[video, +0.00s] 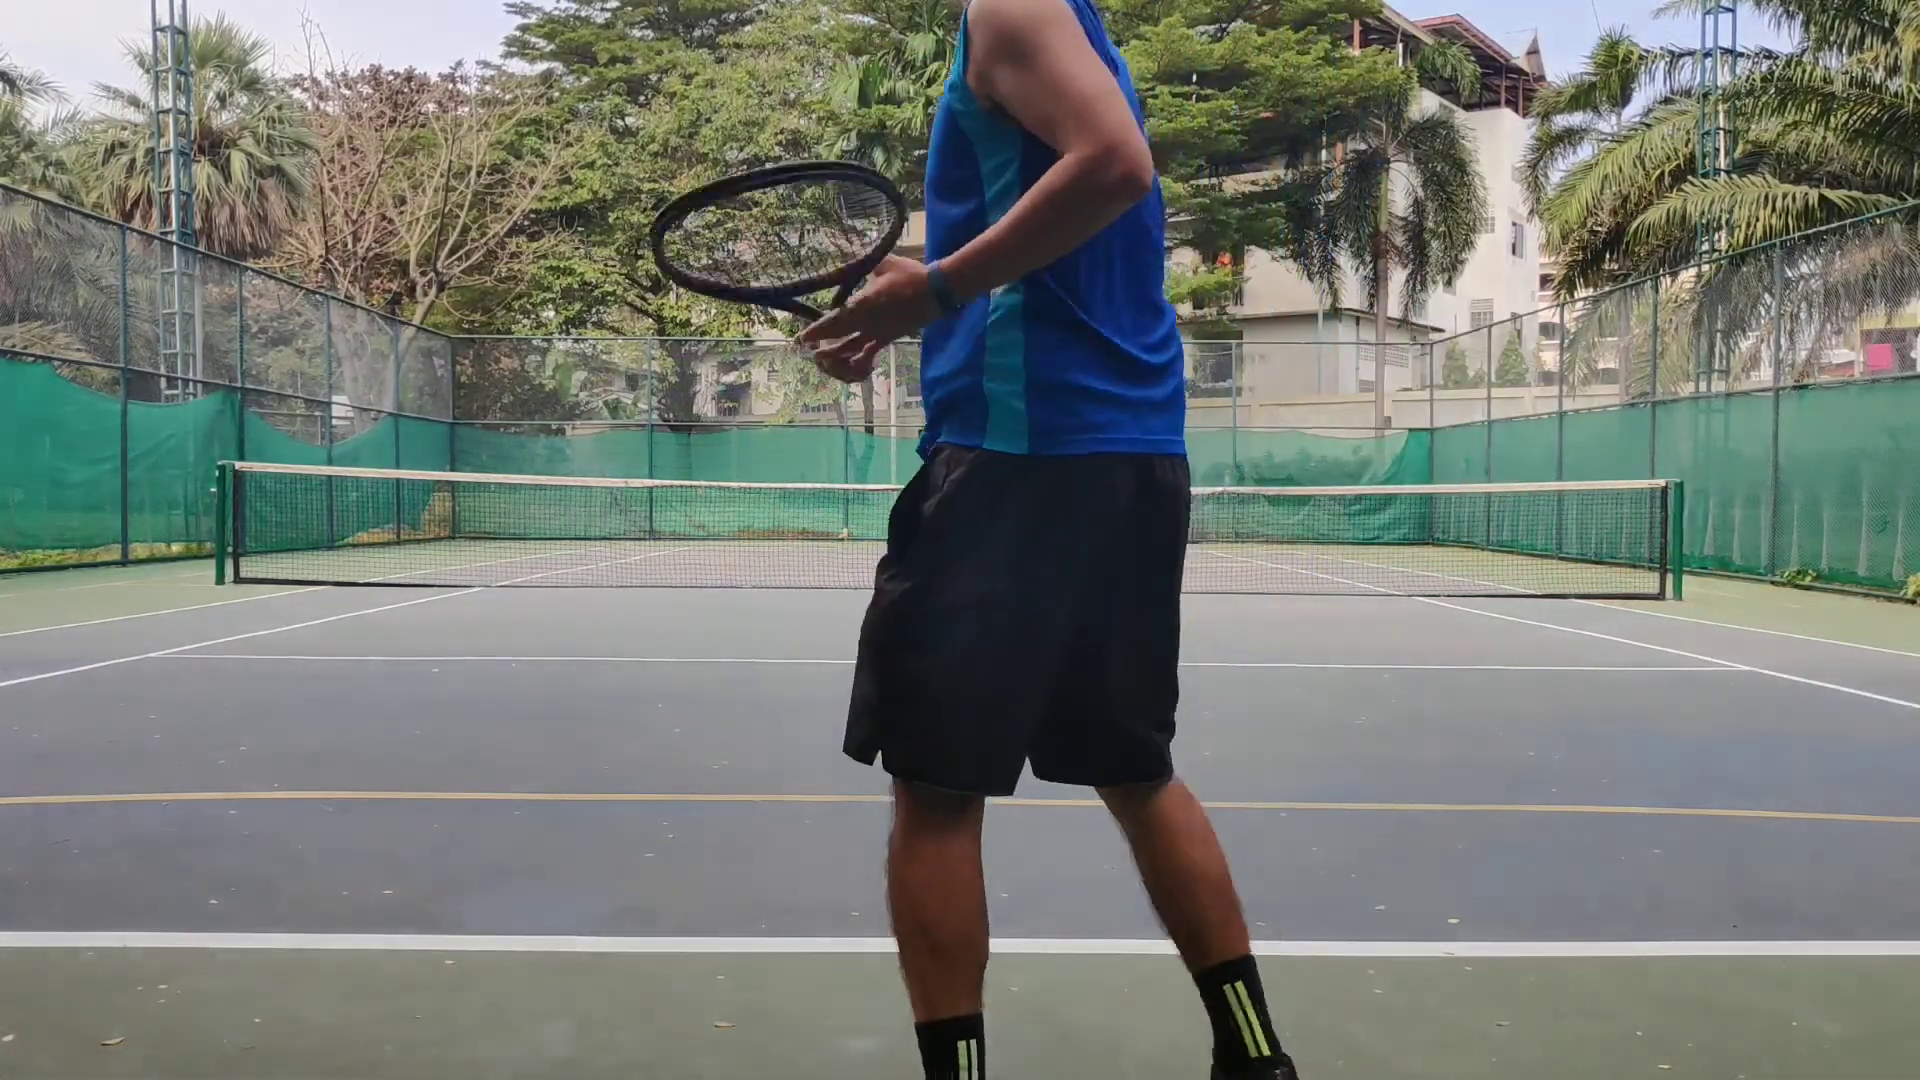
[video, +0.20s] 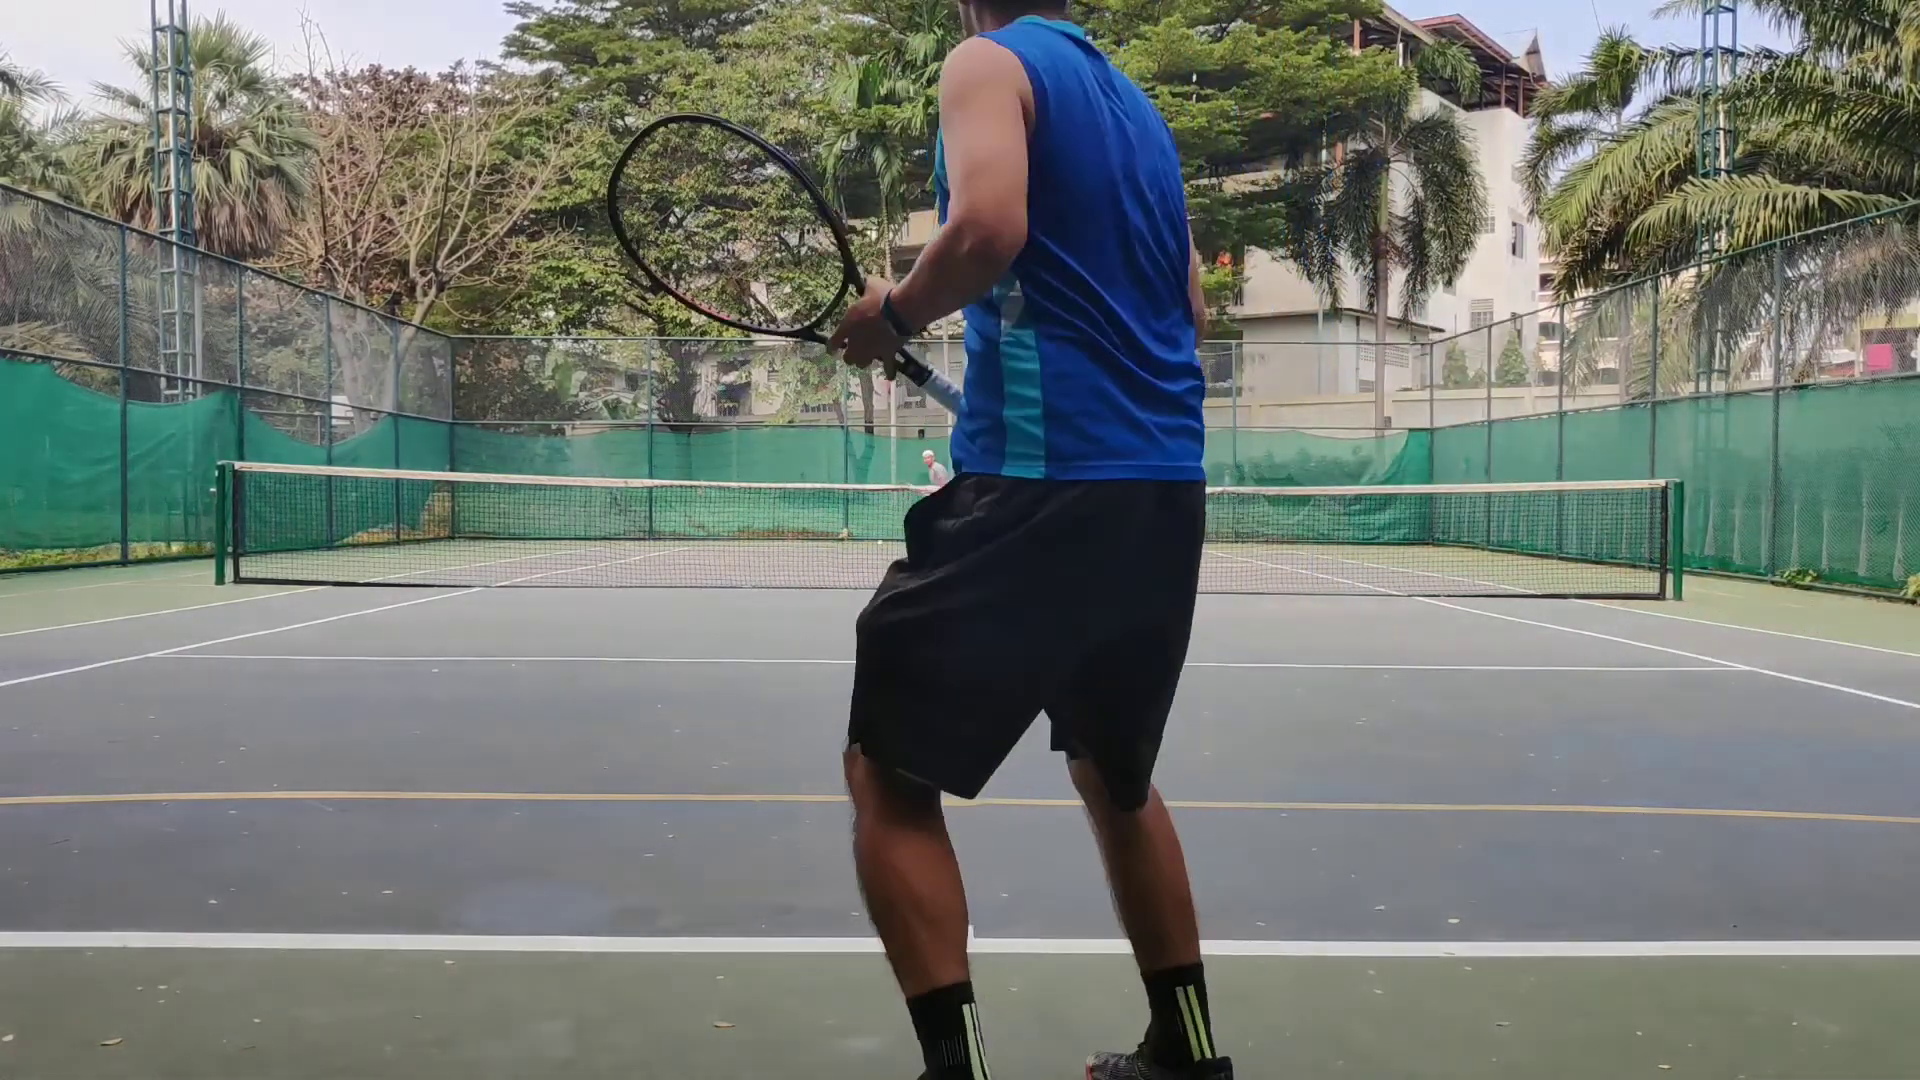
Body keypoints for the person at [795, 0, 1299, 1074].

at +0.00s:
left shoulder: (1009, 16)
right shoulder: (1084, 40)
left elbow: (1114, 158)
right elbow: (1063, 266)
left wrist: (938, 281)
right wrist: (916, 291)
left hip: (1011, 469)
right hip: (1136, 469)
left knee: (936, 792)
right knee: (1133, 762)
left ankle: (954, 1076)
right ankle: (1254, 1052)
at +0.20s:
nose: (957, 21)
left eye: (956, 13)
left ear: (968, 3)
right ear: (1064, 1)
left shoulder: (987, 62)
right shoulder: (1140, 106)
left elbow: (990, 228)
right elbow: (1184, 306)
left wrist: (895, 314)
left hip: (1030, 489)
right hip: (1162, 496)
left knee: (890, 774)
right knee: (1116, 768)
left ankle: (952, 1065)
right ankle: (1187, 1045)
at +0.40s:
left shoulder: (932, 27)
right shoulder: (1159, 64)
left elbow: (881, 199)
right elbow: (1239, 235)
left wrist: (920, 273)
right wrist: (1143, 312)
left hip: (987, 430)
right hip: (1144, 443)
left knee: (865, 713)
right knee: (1144, 730)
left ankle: (842, 1026)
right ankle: (1195, 1022)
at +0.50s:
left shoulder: (907, 40)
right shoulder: (1154, 70)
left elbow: (848, 225)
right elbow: (1228, 239)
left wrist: (917, 266)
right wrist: (1139, 317)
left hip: (959, 452)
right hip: (1118, 460)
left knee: (829, 726)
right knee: (1151, 738)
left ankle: (738, 1031)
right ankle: (1243, 1028)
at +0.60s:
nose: (936, 25)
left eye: (934, 17)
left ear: (941, 15)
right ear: (1053, 17)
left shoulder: (884, 112)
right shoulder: (1134, 133)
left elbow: (826, 297)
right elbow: (1201, 311)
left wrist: (919, 341)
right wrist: (1111, 403)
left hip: (932, 532)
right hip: (1099, 536)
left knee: (783, 778)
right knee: (1146, 781)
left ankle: (657, 1052)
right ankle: (1251, 1050)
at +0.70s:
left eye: (910, 16)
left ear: (910, 21)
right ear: (1024, 29)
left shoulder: (837, 132)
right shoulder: (1093, 154)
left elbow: (768, 305)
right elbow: (1151, 337)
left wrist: (857, 337)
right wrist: (1058, 421)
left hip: (879, 540)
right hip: (1043, 547)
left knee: (763, 792)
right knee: (1120, 782)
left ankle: (655, 1064)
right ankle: (1247, 1047)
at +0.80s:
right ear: (989, 0)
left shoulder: (801, 62)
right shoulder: (1065, 90)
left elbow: (716, 216)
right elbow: (1109, 273)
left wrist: (812, 268)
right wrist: (1017, 348)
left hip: (827, 472)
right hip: (1001, 486)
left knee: (729, 740)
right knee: (1101, 742)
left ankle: (637, 1040)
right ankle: (1208, 1023)